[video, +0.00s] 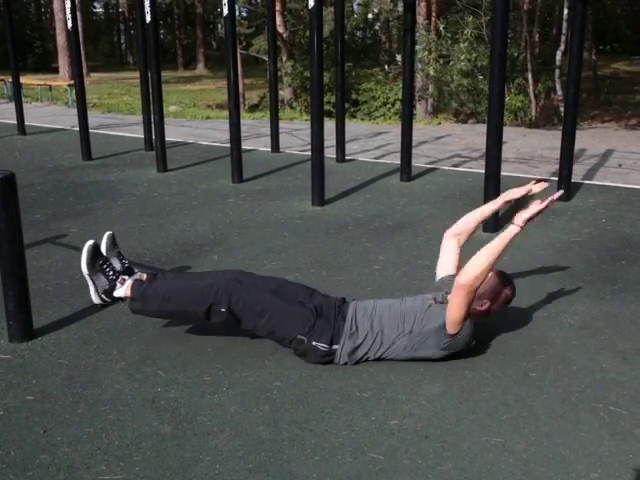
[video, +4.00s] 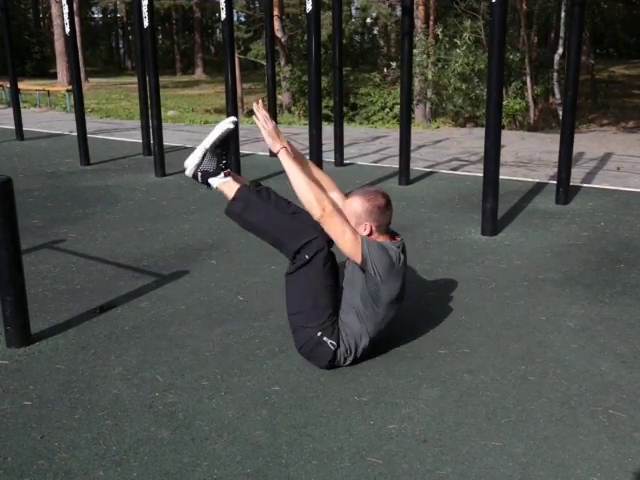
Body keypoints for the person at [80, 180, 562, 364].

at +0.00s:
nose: (476, 277)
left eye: (485, 280)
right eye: (479, 274)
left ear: (490, 300)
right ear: (475, 288)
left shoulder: (459, 331)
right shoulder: (450, 302)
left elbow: (470, 271)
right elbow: (454, 237)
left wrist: (515, 226)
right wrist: (505, 201)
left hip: (333, 333)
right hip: (333, 311)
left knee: (230, 288)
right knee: (233, 282)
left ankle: (121, 291)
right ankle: (134, 279)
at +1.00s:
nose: (441, 280)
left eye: (450, 281)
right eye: (445, 274)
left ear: (462, 299)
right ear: (444, 281)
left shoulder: (441, 336)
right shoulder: (428, 305)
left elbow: (474, 309)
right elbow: (447, 249)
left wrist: (505, 267)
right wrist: (497, 220)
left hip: (317, 337)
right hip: (316, 315)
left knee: (214, 303)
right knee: (216, 295)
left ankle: (109, 324)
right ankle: (120, 307)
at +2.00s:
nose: (412, 256)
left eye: (423, 255)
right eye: (419, 250)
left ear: (442, 273)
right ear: (436, 267)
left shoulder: (421, 308)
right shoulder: (423, 290)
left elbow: (366, 254)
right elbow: (388, 227)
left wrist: (346, 186)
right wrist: (372, 171)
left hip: (321, 343)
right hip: (326, 318)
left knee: (250, 261)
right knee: (256, 252)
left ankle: (141, 243)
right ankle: (153, 241)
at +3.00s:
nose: (461, 292)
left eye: (471, 297)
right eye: (466, 292)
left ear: (476, 320)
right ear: (463, 305)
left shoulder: (442, 347)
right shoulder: (443, 316)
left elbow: (509, 357)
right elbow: (505, 289)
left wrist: (566, 338)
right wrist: (564, 303)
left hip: (317, 339)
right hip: (319, 316)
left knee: (220, 326)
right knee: (222, 314)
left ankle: (116, 341)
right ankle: (123, 324)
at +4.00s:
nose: (343, 222)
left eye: (347, 217)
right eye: (345, 214)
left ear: (367, 229)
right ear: (371, 227)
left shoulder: (381, 259)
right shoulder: (386, 244)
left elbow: (322, 211)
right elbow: (331, 194)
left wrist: (280, 147)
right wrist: (286, 148)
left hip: (328, 345)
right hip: (338, 329)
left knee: (312, 243)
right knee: (312, 229)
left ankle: (217, 177)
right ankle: (227, 176)